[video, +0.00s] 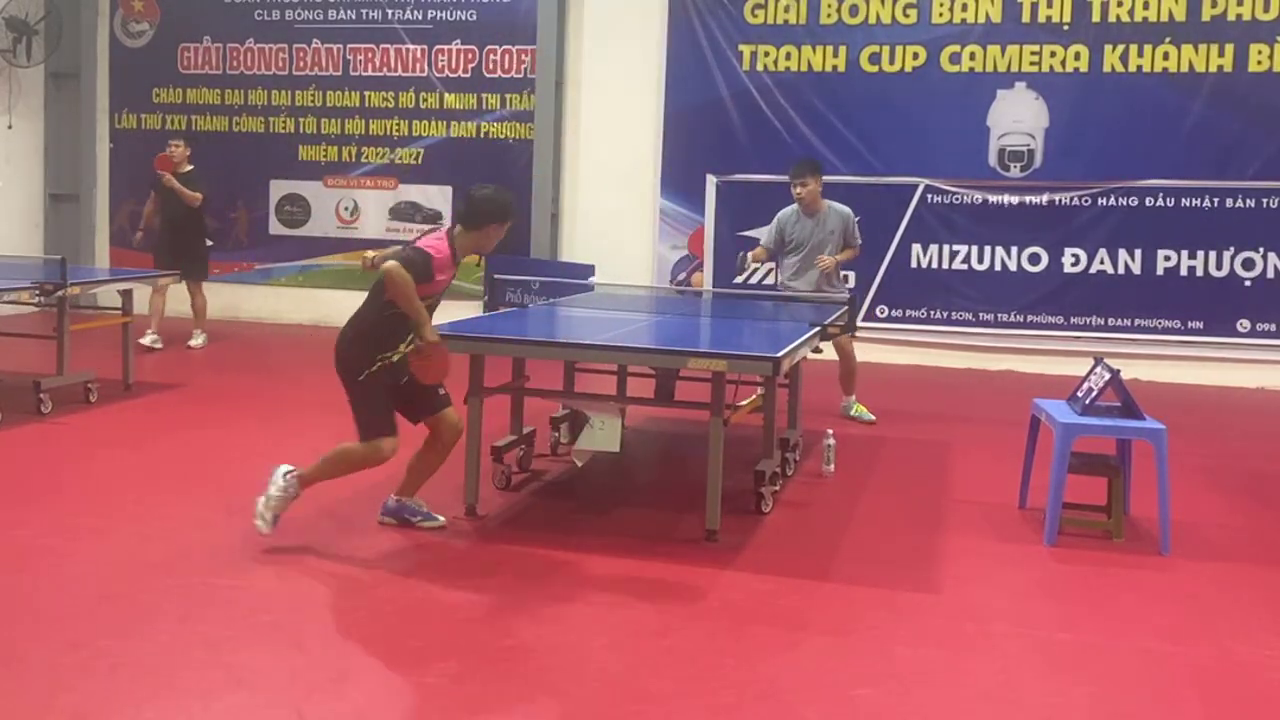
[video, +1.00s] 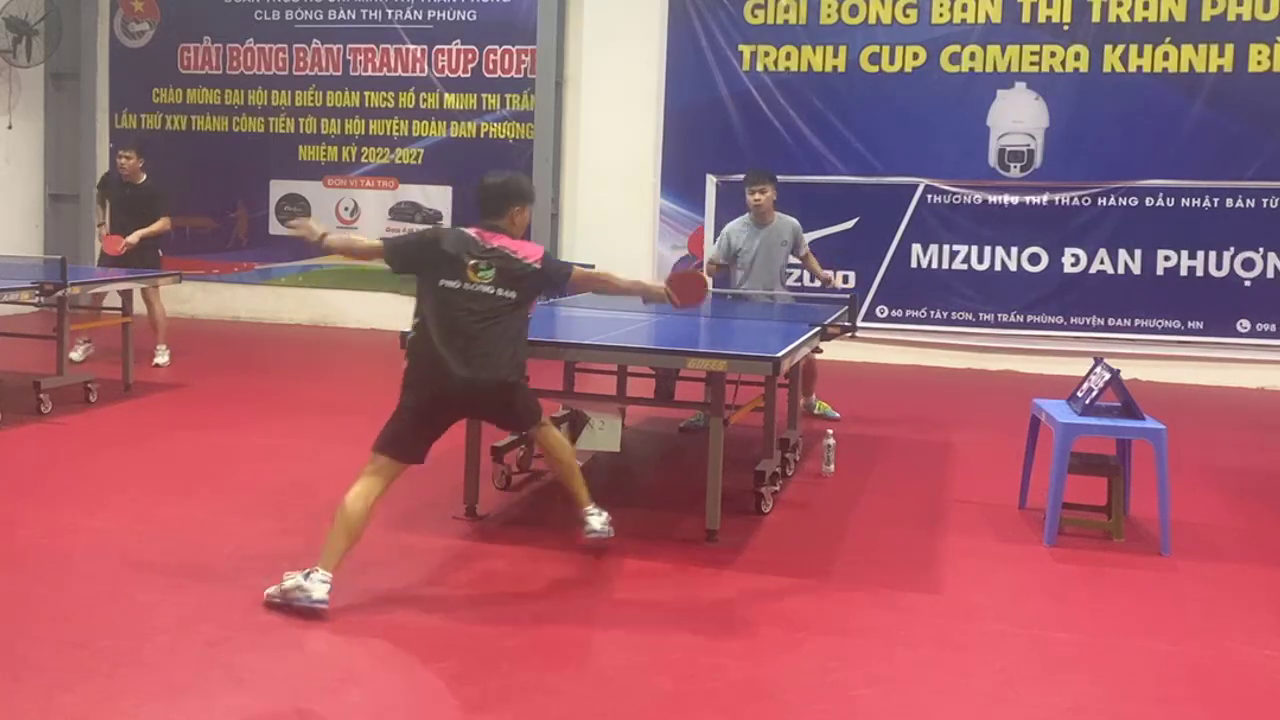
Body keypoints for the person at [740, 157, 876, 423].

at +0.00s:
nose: (797, 192)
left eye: (803, 185)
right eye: (793, 186)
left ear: (819, 184)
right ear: (790, 187)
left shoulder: (842, 215)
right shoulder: (784, 217)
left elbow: (854, 249)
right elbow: (767, 249)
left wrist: (836, 259)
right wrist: (751, 256)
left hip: (830, 298)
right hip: (790, 297)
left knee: (845, 346)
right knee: (770, 342)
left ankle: (849, 402)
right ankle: (763, 393)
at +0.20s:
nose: (787, 206)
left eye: (793, 199)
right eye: (784, 200)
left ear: (809, 199)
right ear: (780, 201)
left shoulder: (833, 228)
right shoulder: (774, 229)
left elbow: (852, 257)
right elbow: (746, 247)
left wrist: (849, 274)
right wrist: (734, 252)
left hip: (826, 306)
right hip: (784, 306)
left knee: (848, 356)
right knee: (744, 338)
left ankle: (850, 403)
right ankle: (740, 394)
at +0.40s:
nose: (750, 219)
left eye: (755, 212)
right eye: (746, 213)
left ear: (771, 211)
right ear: (743, 215)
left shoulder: (793, 234)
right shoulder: (737, 240)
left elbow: (816, 259)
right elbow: (703, 256)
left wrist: (835, 280)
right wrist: (701, 260)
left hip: (792, 312)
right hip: (750, 314)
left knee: (817, 353)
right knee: (717, 356)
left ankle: (847, 403)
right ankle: (709, 411)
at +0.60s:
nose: (729, 217)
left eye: (735, 211)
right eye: (724, 212)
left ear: (749, 211)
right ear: (720, 213)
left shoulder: (766, 232)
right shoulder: (716, 242)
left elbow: (784, 248)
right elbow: (686, 261)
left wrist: (813, 260)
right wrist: (698, 265)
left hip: (766, 312)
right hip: (726, 316)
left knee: (795, 354)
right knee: (703, 356)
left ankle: (821, 401)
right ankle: (706, 411)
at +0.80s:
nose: (736, 202)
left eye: (742, 196)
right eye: (731, 196)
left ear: (754, 198)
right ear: (725, 200)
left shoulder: (768, 224)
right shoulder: (718, 230)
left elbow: (783, 244)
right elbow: (688, 261)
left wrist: (810, 257)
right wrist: (708, 261)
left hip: (764, 305)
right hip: (726, 307)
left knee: (796, 345)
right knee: (705, 352)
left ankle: (811, 396)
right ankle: (705, 409)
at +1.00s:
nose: (756, 198)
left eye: (762, 192)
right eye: (752, 193)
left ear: (774, 195)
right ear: (746, 197)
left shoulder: (790, 227)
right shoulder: (733, 230)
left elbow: (804, 254)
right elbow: (711, 266)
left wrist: (820, 273)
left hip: (780, 307)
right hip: (739, 308)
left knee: (808, 352)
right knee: (715, 352)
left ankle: (809, 400)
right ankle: (710, 410)